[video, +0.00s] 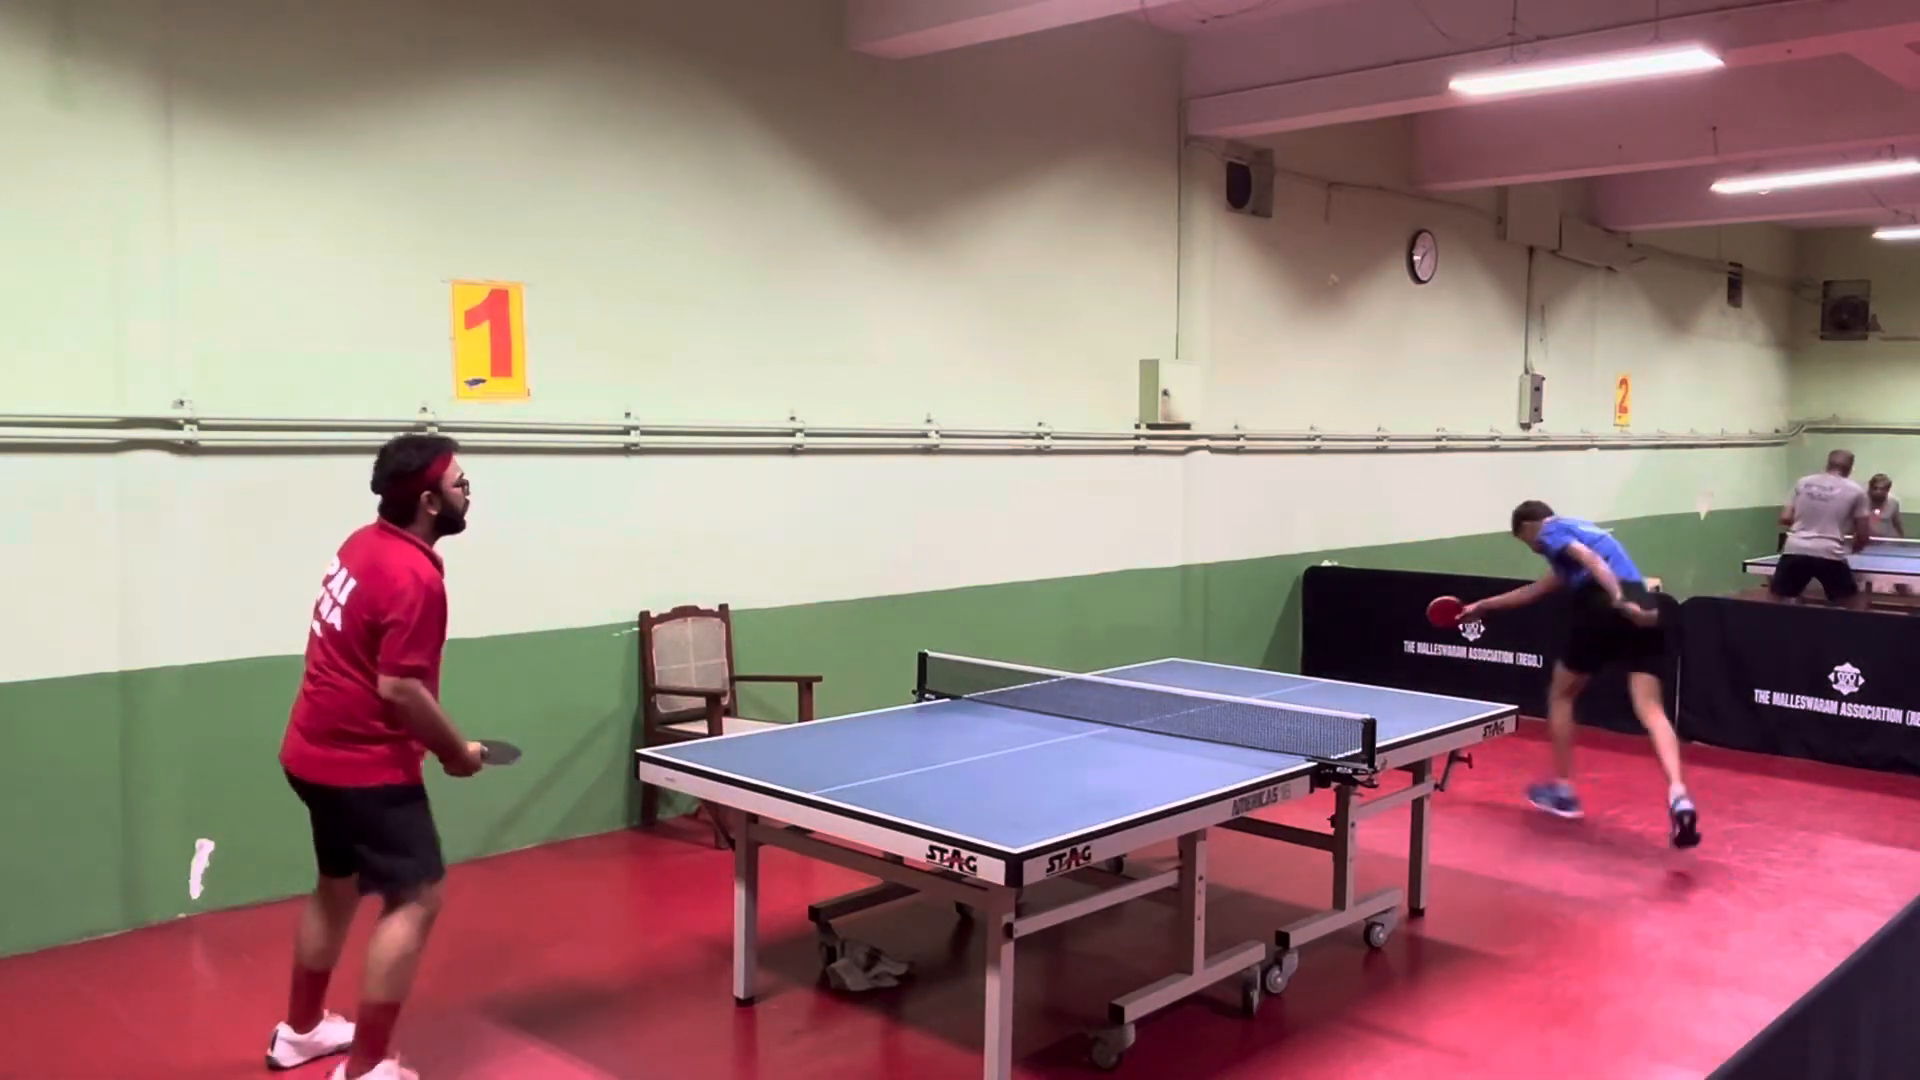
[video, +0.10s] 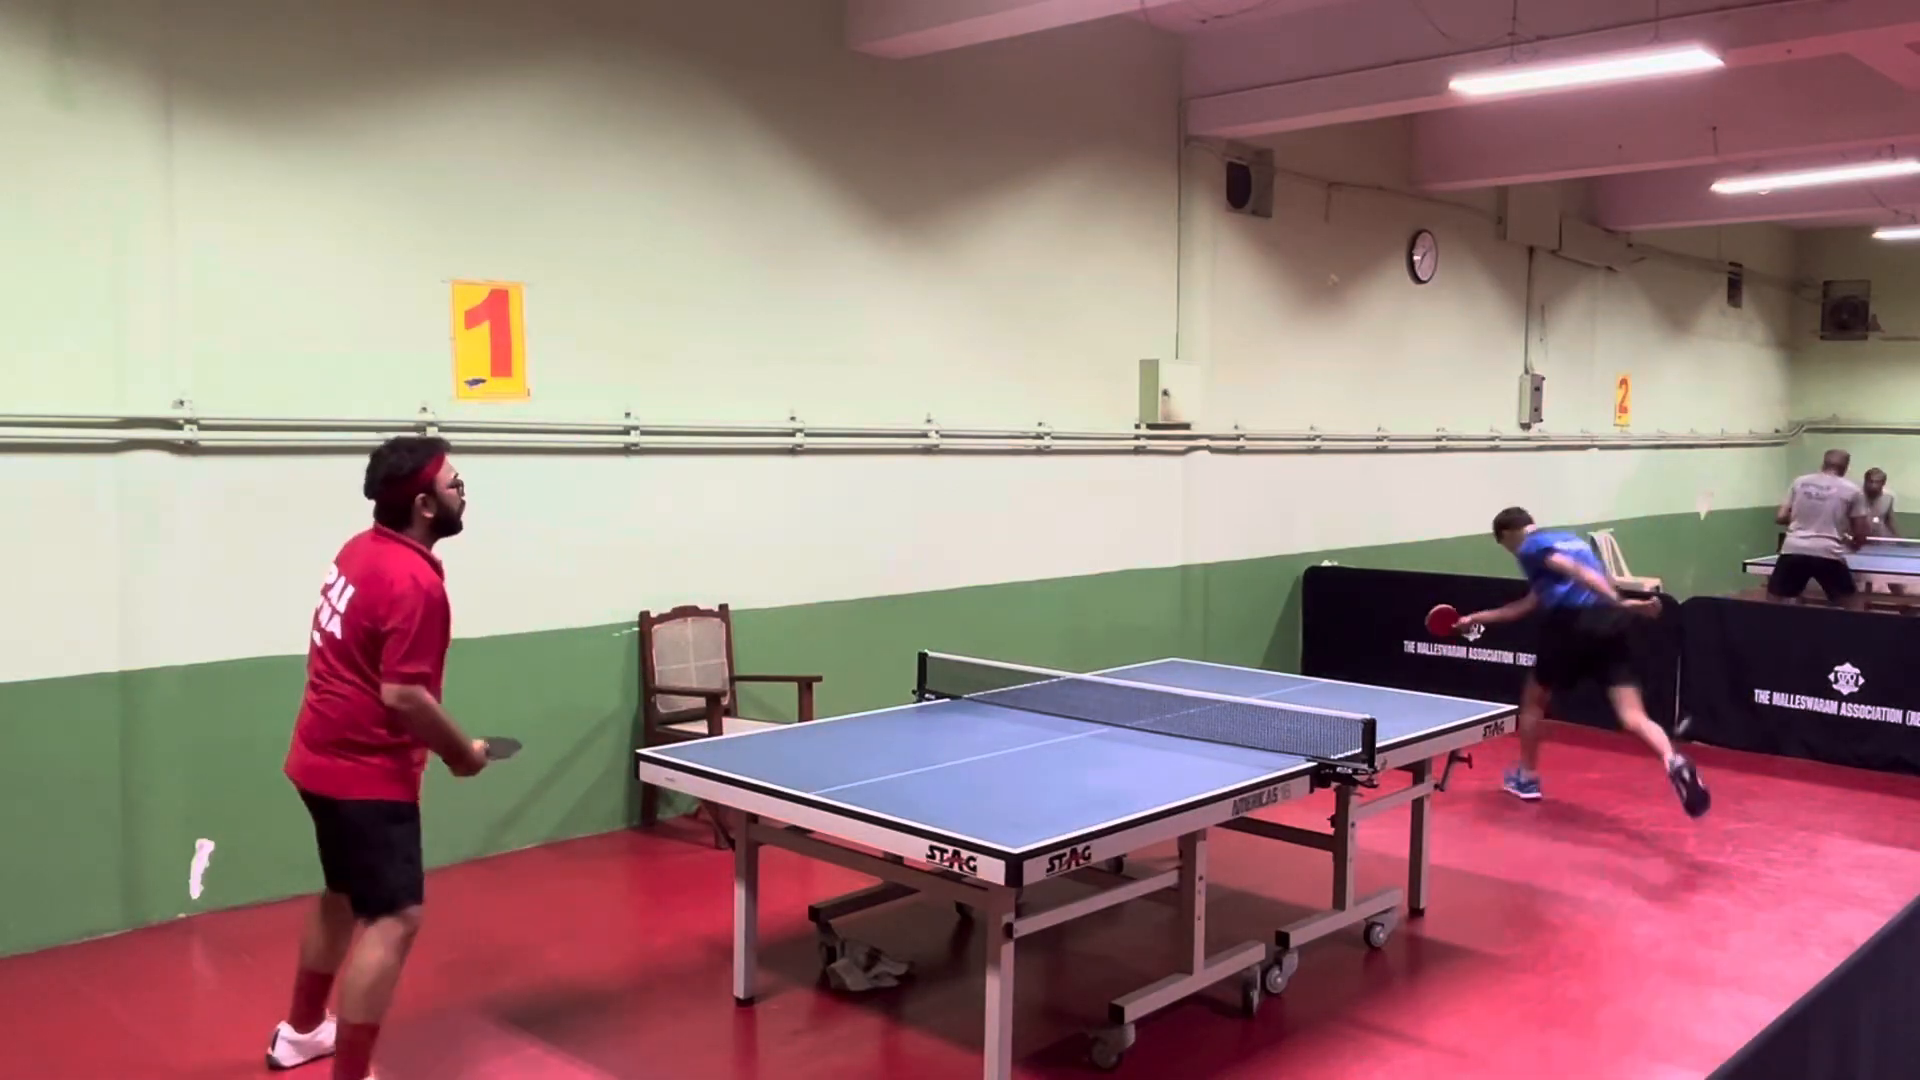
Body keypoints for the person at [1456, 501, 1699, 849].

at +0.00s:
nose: (1528, 545)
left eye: (1524, 539)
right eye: (1523, 541)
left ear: (1528, 527)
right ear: (1549, 514)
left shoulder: (1549, 532)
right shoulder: (1579, 530)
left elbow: (1591, 559)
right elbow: (1535, 591)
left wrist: (1619, 599)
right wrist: (1481, 606)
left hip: (1602, 607)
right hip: (1646, 604)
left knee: (1562, 695)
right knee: (1648, 704)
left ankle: (1563, 789)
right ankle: (1679, 794)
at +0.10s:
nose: (1506, 548)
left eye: (1504, 542)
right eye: (1504, 543)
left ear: (1508, 534)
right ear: (1531, 524)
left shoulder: (1530, 547)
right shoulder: (1572, 541)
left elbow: (1576, 571)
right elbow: (1527, 605)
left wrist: (1617, 600)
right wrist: (1477, 618)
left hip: (1569, 628)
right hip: (1610, 626)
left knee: (1534, 699)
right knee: (1632, 714)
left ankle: (1527, 777)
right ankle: (1674, 762)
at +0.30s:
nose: (1495, 543)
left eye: (1492, 538)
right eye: (1493, 539)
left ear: (1495, 531)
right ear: (1516, 518)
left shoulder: (1507, 543)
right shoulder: (1553, 530)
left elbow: (1522, 594)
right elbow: (1573, 577)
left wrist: (1507, 643)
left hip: (1551, 607)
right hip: (1589, 604)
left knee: (1513, 685)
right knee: (1572, 683)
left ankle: (1525, 771)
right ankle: (1606, 751)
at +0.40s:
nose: (1499, 521)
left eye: (1497, 516)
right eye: (1498, 517)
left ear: (1499, 511)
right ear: (1523, 498)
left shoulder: (1508, 522)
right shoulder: (1559, 514)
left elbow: (1506, 575)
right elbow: (1574, 559)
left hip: (1545, 595)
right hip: (1583, 593)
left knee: (1511, 682)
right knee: (1564, 669)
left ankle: (1524, 762)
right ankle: (1559, 746)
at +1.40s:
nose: (1661, 490)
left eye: (1663, 483)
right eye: (1660, 483)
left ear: (1634, 475)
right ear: (1647, 478)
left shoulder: (1610, 501)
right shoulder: (1632, 509)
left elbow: (1597, 552)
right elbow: (1625, 562)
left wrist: (1640, 586)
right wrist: (1655, 601)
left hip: (1593, 585)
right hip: (1617, 590)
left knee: (1580, 649)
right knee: (1672, 653)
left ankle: (1546, 720)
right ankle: (1666, 732)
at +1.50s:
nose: (1692, 499)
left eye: (1694, 492)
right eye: (1690, 492)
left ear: (1670, 486)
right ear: (1675, 487)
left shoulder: (1648, 508)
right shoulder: (1654, 515)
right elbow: (1642, 572)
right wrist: (1672, 610)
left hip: (1616, 593)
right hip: (1634, 597)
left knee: (1594, 654)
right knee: (1690, 659)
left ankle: (1550, 717)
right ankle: (1705, 740)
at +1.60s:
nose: (1728, 506)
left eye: (1730, 499)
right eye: (1727, 498)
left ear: (1705, 491)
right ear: (1711, 493)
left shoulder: (1683, 513)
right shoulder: (1686, 521)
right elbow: (1664, 579)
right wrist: (1691, 621)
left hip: (1646, 596)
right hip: (1661, 601)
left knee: (1631, 655)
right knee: (1713, 663)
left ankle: (1565, 709)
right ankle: (1712, 744)